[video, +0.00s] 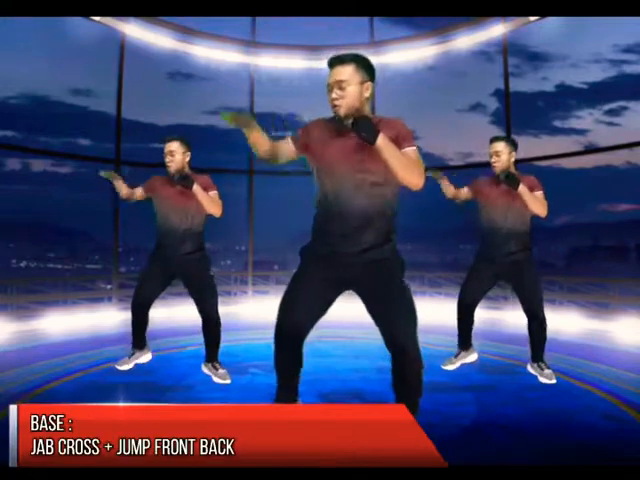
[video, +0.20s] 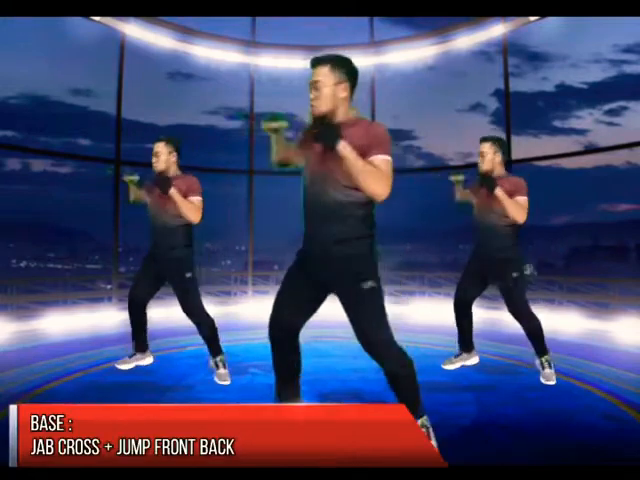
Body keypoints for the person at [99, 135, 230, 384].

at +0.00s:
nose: (168, 159)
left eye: (173, 154)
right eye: (166, 155)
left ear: (187, 156)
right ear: (164, 158)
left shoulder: (202, 182)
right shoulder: (157, 183)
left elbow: (216, 210)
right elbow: (130, 195)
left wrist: (193, 184)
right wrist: (117, 182)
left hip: (194, 259)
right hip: (163, 258)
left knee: (210, 312)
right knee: (140, 303)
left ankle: (212, 362)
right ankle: (140, 350)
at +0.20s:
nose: (154, 159)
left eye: (158, 155)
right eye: (153, 155)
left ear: (173, 156)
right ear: (155, 158)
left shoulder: (189, 183)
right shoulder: (155, 183)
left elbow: (195, 216)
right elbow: (145, 197)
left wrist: (173, 192)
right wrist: (136, 191)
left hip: (180, 257)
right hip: (157, 256)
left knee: (194, 309)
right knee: (136, 300)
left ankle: (218, 359)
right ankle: (141, 352)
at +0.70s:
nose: (157, 164)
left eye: (161, 158)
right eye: (157, 159)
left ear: (175, 158)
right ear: (167, 161)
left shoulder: (196, 181)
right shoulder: (165, 190)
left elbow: (200, 212)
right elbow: (152, 216)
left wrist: (175, 187)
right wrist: (145, 194)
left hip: (194, 256)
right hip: (171, 255)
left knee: (202, 313)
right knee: (148, 301)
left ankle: (222, 364)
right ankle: (142, 352)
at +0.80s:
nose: (161, 164)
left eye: (165, 159)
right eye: (160, 160)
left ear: (180, 159)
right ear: (166, 163)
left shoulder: (201, 182)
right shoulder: (166, 191)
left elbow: (205, 212)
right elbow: (151, 216)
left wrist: (177, 187)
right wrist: (145, 195)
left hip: (197, 261)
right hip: (171, 260)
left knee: (205, 315)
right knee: (147, 302)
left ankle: (222, 365)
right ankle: (142, 352)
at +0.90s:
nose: (161, 166)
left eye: (165, 161)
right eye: (160, 161)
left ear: (181, 160)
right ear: (166, 164)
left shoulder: (202, 184)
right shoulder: (167, 192)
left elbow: (208, 213)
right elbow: (151, 219)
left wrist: (178, 189)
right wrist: (144, 197)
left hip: (198, 263)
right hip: (171, 262)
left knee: (205, 317)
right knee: (143, 303)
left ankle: (223, 364)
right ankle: (142, 352)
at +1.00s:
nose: (156, 163)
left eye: (160, 158)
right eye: (156, 159)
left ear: (175, 158)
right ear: (162, 162)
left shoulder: (197, 181)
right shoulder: (164, 191)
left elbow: (204, 209)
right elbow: (148, 216)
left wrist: (177, 183)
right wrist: (138, 195)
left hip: (194, 261)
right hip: (167, 259)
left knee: (203, 315)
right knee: (134, 294)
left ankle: (223, 364)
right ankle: (132, 342)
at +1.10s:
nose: (146, 155)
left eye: (150, 150)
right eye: (145, 151)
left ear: (165, 150)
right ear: (149, 155)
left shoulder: (187, 174)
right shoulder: (152, 185)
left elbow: (194, 201)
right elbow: (138, 208)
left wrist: (167, 174)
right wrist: (128, 188)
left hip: (184, 252)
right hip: (156, 252)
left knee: (197, 306)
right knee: (127, 287)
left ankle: (219, 359)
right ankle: (118, 337)